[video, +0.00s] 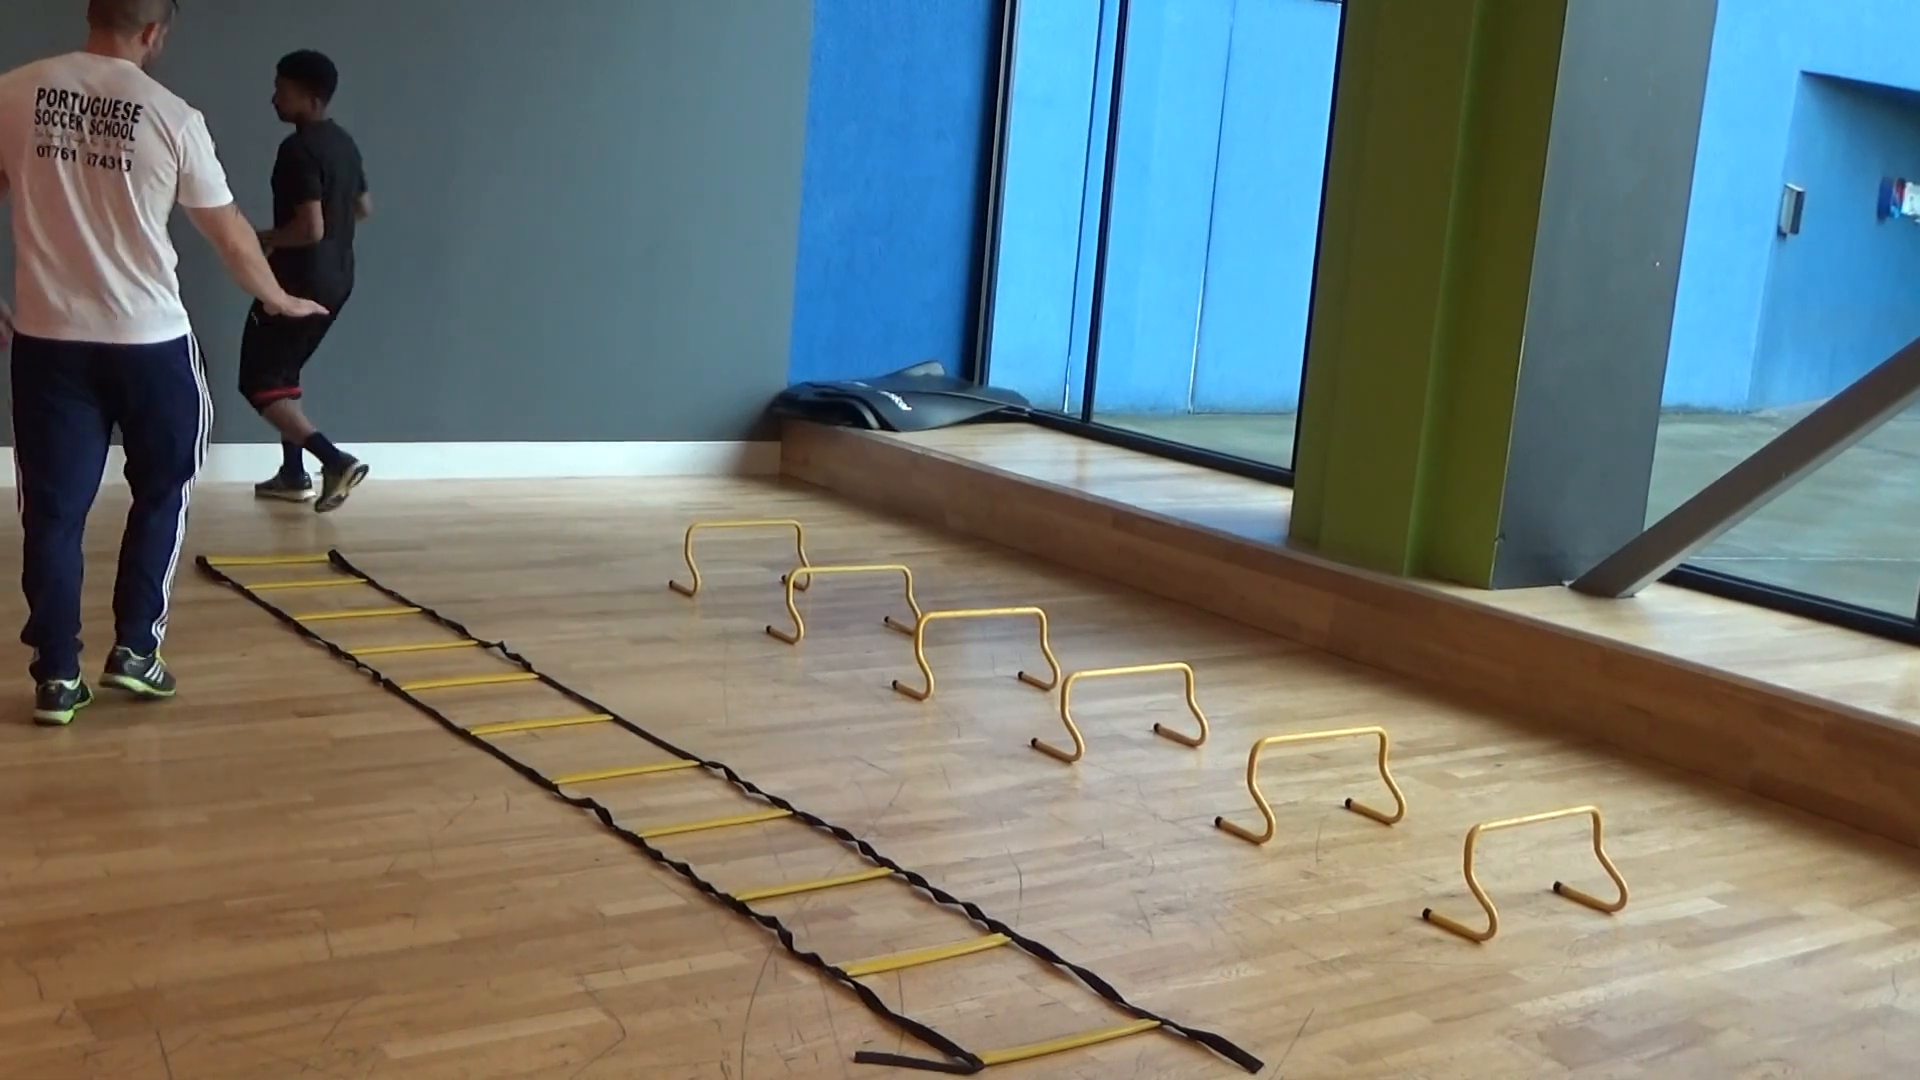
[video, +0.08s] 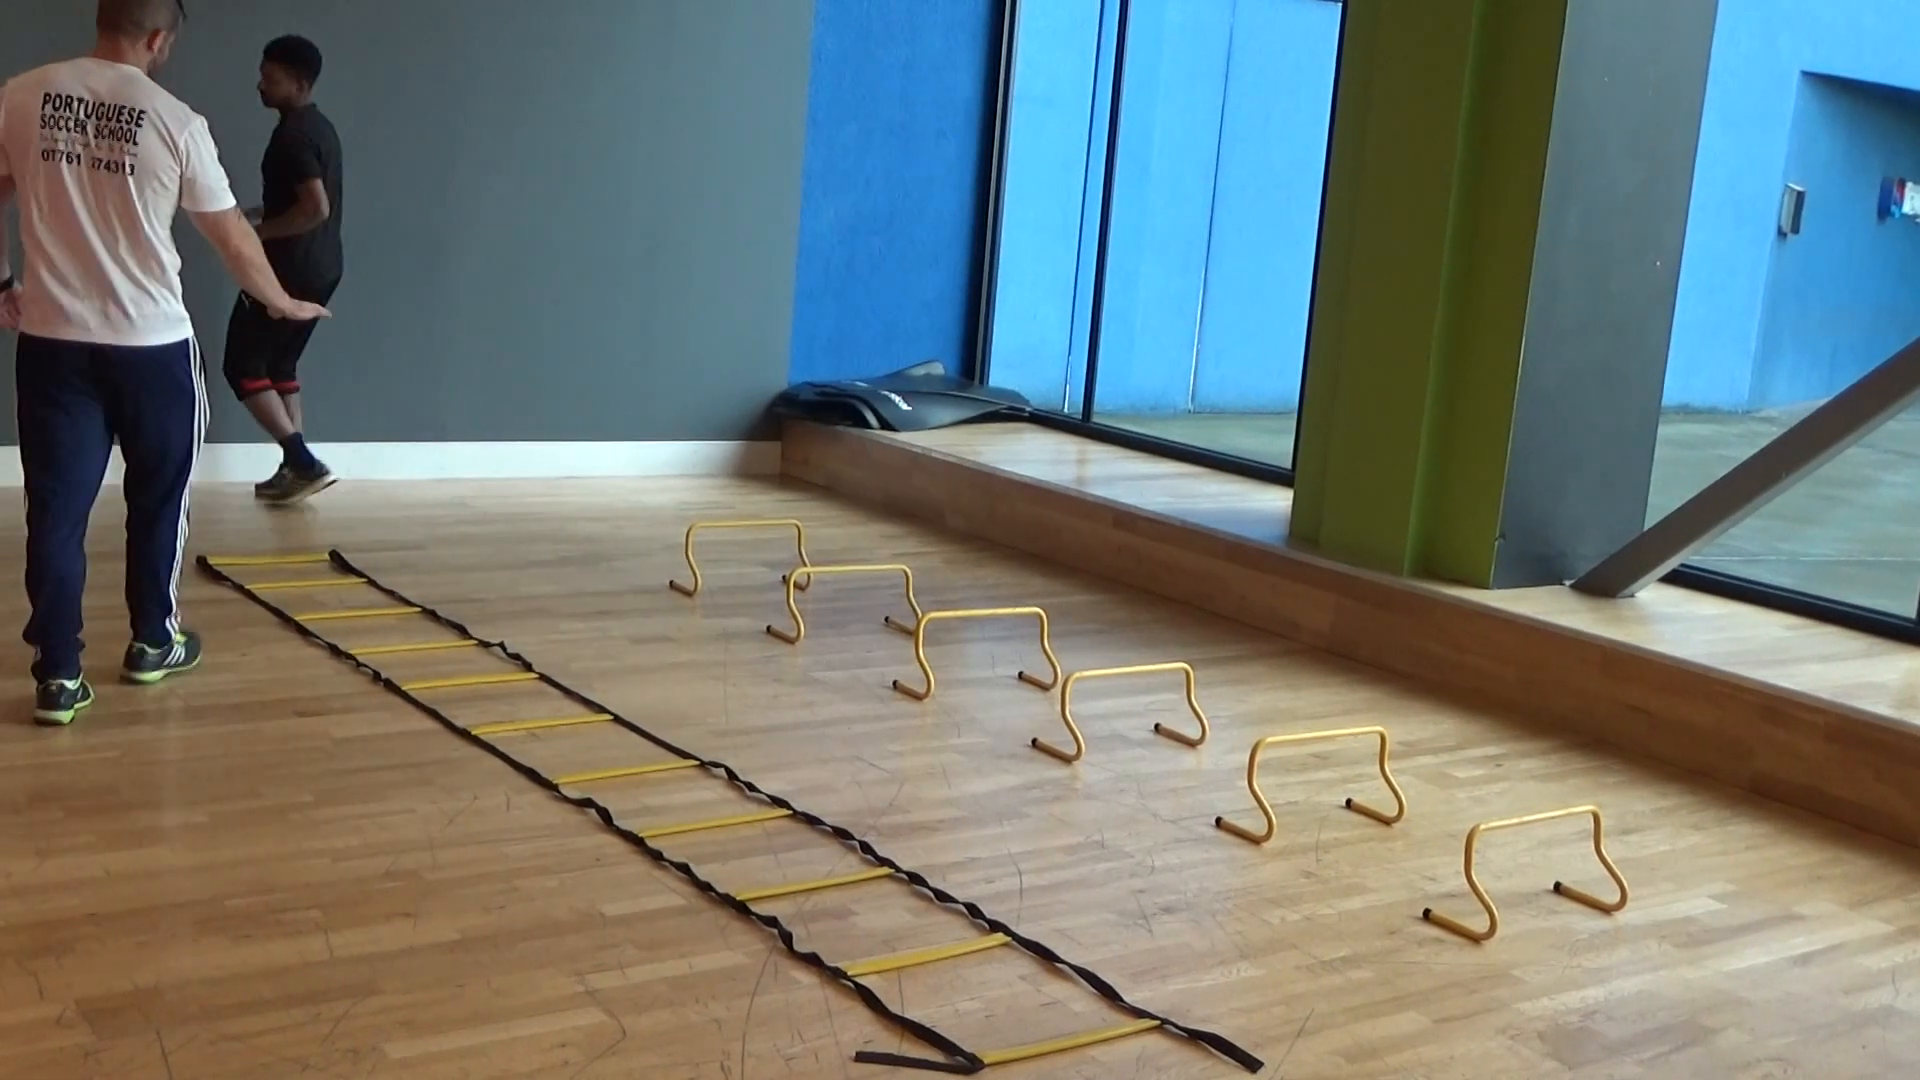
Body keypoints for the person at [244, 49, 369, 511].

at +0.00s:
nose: (274, 95)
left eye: (281, 87)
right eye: (276, 86)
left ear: (308, 93)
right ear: (319, 95)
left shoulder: (298, 148)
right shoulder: (342, 142)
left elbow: (309, 228)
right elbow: (361, 208)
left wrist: (260, 240)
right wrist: (309, 216)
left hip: (299, 281)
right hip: (334, 279)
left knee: (258, 384)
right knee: (283, 373)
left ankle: (336, 463)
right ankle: (292, 473)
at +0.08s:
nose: (259, 80)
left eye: (268, 73)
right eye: (262, 71)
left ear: (294, 79)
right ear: (301, 82)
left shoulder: (295, 132)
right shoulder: (319, 128)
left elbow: (314, 208)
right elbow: (310, 203)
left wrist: (257, 232)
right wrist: (255, 214)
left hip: (291, 266)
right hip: (320, 264)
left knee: (242, 366)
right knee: (282, 365)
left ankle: (302, 461)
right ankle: (293, 468)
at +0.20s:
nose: (247, 68)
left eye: (258, 62)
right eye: (246, 59)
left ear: (284, 66)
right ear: (248, 58)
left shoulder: (284, 107)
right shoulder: (274, 105)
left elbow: (318, 176)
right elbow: (281, 173)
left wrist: (253, 203)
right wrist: (241, 184)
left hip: (276, 253)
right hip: (292, 250)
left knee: (240, 350)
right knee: (276, 351)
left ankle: (245, 465)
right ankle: (294, 463)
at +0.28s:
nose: (240, 68)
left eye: (252, 61)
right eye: (238, 58)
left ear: (277, 65)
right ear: (236, 55)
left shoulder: (275, 106)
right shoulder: (256, 103)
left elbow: (313, 175)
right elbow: (266, 169)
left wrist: (252, 195)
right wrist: (234, 187)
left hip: (267, 250)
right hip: (266, 246)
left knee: (238, 356)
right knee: (268, 351)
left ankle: (222, 462)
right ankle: (294, 462)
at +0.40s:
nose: (234, 72)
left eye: (247, 66)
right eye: (232, 61)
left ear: (267, 71)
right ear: (224, 59)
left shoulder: (264, 116)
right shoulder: (231, 110)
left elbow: (289, 191)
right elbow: (226, 174)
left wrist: (232, 212)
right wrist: (202, 202)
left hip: (254, 254)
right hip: (225, 249)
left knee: (227, 354)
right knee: (225, 354)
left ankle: (220, 465)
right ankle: (281, 447)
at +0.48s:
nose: (230, 72)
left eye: (242, 66)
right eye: (228, 61)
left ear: (258, 72)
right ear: (217, 59)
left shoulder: (259, 120)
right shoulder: (198, 105)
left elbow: (271, 196)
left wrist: (216, 205)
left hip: (247, 245)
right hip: (200, 238)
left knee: (236, 343)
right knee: (203, 340)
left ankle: (223, 457)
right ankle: (251, 433)